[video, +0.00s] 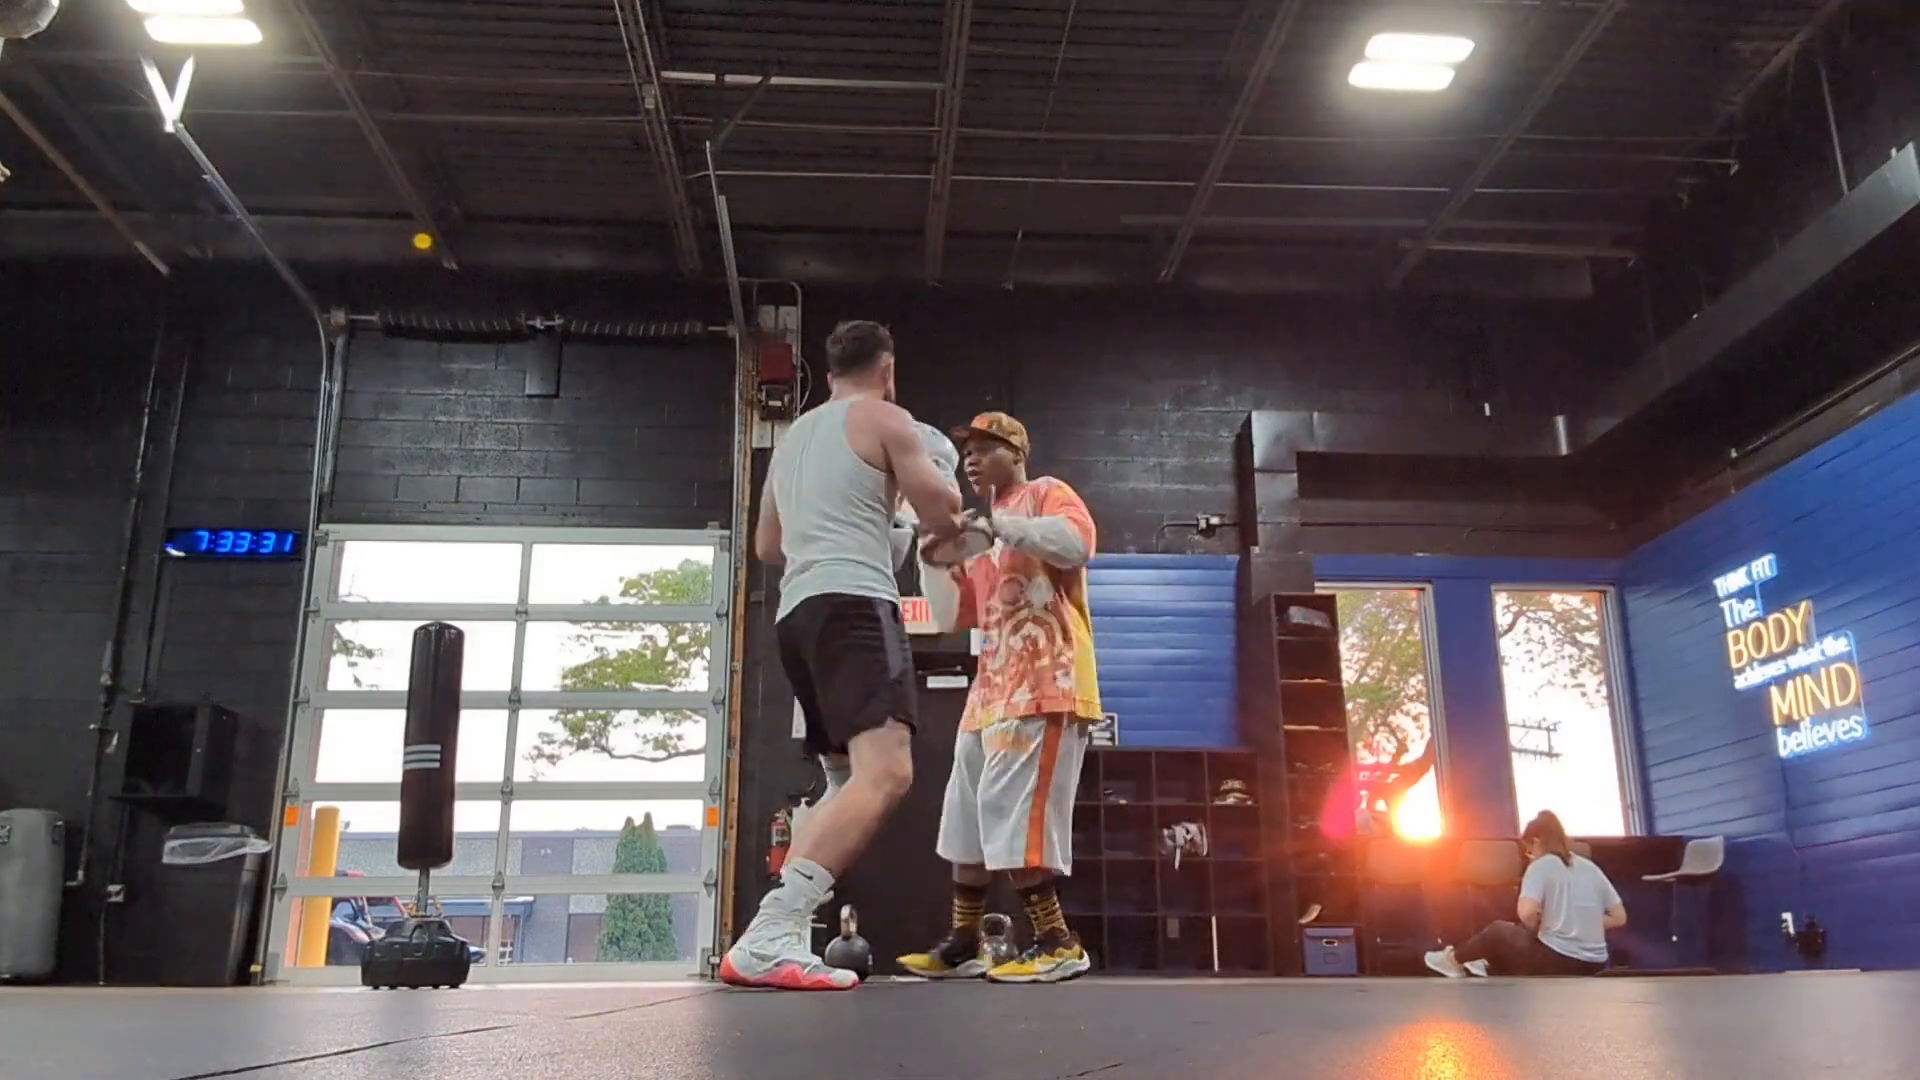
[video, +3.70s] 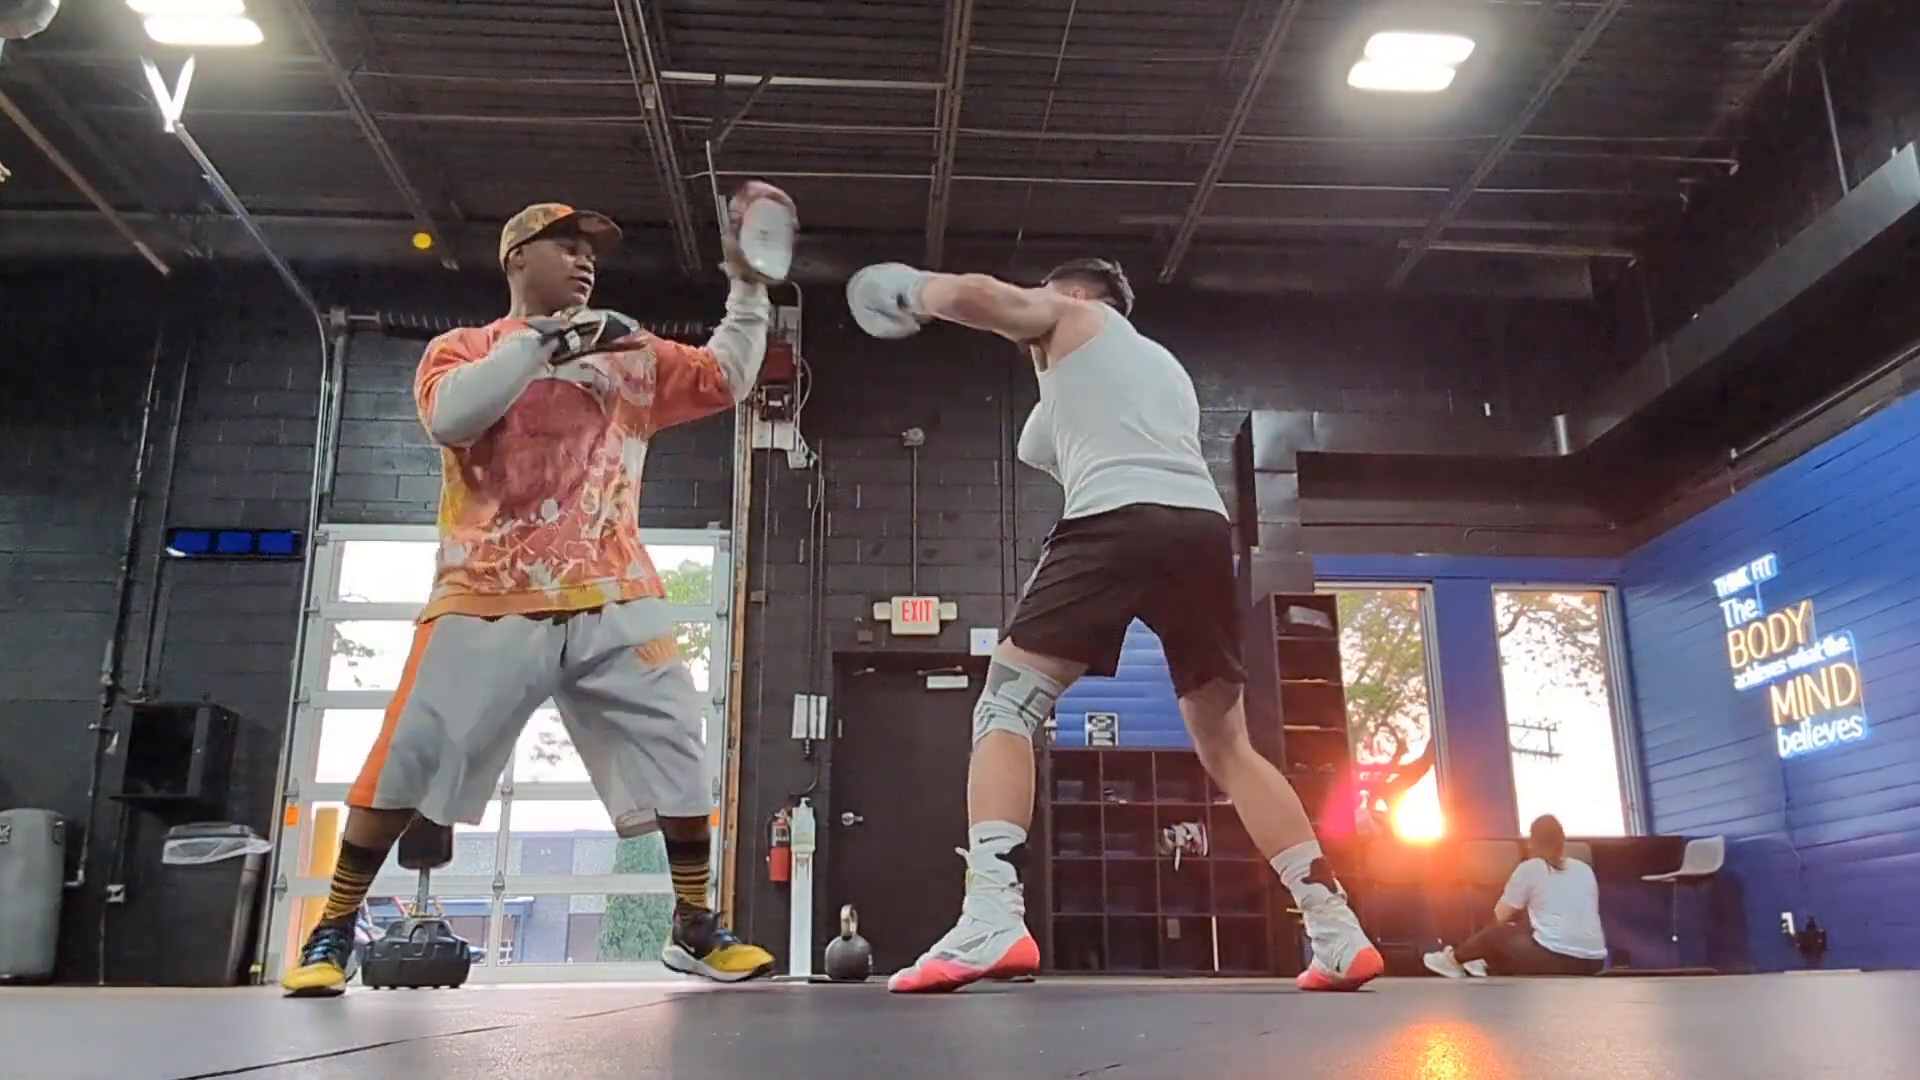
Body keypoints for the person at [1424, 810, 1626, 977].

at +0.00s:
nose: (1529, 856)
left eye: (1529, 850)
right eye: (1527, 851)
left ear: (1538, 842)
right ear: (1561, 840)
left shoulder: (1540, 866)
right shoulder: (1590, 867)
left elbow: (1527, 913)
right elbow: (1618, 918)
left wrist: (1536, 932)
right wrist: (1581, 924)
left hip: (1559, 959)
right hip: (1595, 962)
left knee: (1497, 931)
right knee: (1521, 937)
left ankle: (1453, 959)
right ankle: (1485, 964)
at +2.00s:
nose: (1527, 856)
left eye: (1527, 849)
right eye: (1526, 850)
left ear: (1537, 842)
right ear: (1558, 840)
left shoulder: (1540, 863)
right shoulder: (1592, 866)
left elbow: (1531, 895)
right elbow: (1636, 897)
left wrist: (1529, 935)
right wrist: (1614, 932)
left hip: (1559, 958)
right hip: (1595, 961)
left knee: (1499, 931)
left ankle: (1451, 958)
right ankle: (1487, 964)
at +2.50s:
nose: (1524, 849)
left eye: (1524, 843)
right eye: (1524, 843)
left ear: (1529, 842)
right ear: (1555, 838)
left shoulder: (1533, 865)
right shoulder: (1584, 867)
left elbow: (1523, 898)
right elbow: (1625, 909)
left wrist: (1509, 937)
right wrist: (1599, 934)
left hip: (1555, 959)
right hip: (1593, 961)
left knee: (1494, 929)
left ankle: (1452, 959)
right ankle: (1486, 962)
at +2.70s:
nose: (1520, 853)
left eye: (1520, 847)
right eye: (1520, 847)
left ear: (1524, 848)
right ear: (1551, 845)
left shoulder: (1528, 868)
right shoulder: (1576, 869)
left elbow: (1509, 905)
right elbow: (1593, 910)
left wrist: (1488, 911)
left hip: (1557, 958)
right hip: (1593, 961)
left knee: (1492, 934)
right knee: (1529, 925)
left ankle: (1453, 959)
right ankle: (1485, 962)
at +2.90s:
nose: (1513, 853)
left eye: (1514, 849)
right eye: (1515, 849)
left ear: (1518, 850)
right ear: (1542, 848)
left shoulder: (1520, 872)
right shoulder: (1567, 873)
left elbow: (1502, 916)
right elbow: (1561, 916)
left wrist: (1485, 910)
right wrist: (1524, 920)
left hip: (1556, 958)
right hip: (1591, 961)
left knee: (1490, 933)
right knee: (1520, 933)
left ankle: (1451, 961)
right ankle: (1483, 963)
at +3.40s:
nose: (1513, 854)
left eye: (1515, 850)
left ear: (1517, 853)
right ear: (1543, 851)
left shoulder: (1517, 874)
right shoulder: (1569, 875)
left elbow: (1485, 920)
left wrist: (1508, 914)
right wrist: (1524, 917)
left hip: (1554, 959)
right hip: (1591, 961)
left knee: (1496, 932)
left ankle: (1449, 960)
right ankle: (1483, 964)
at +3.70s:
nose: (1531, 842)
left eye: (1532, 838)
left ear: (1533, 840)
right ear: (1562, 840)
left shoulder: (1529, 869)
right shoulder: (1586, 871)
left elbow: (1501, 915)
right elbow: (1585, 911)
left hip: (1556, 958)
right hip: (1593, 962)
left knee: (1497, 932)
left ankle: (1452, 959)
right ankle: (1485, 964)